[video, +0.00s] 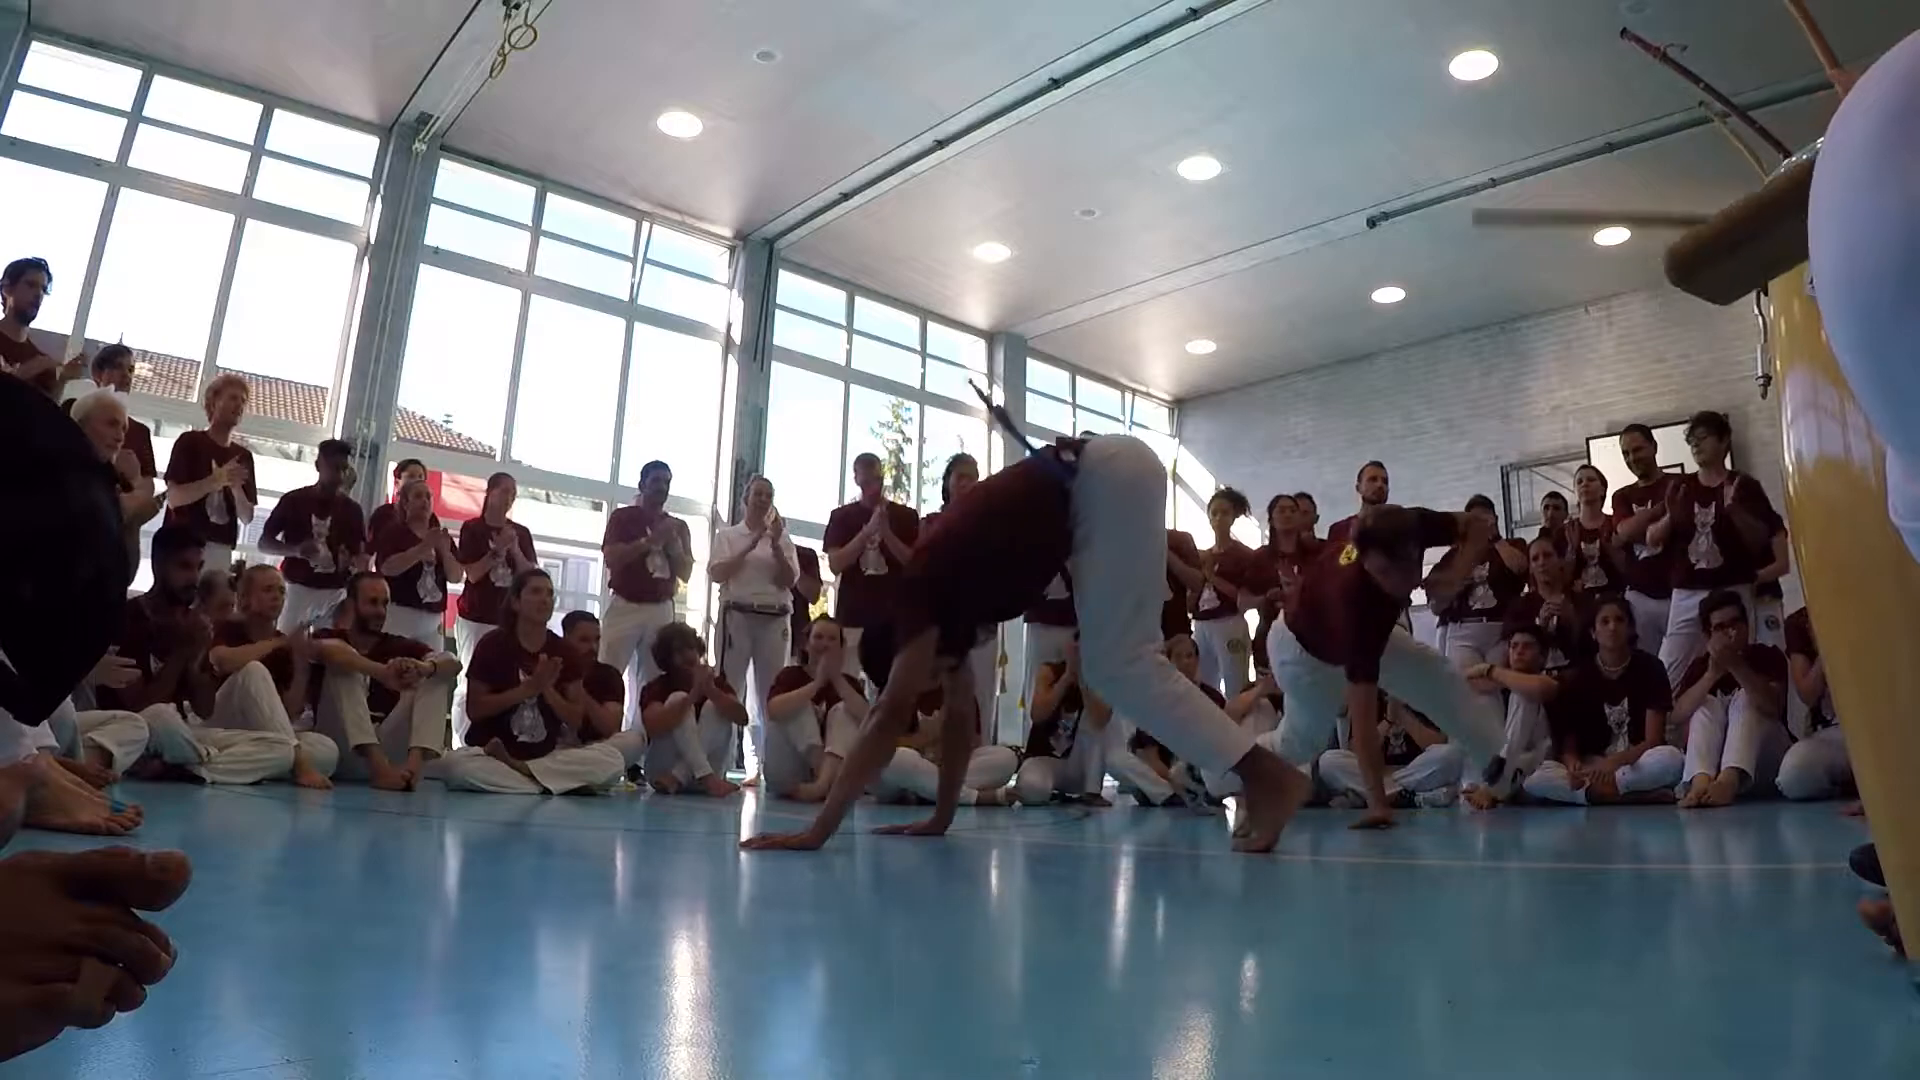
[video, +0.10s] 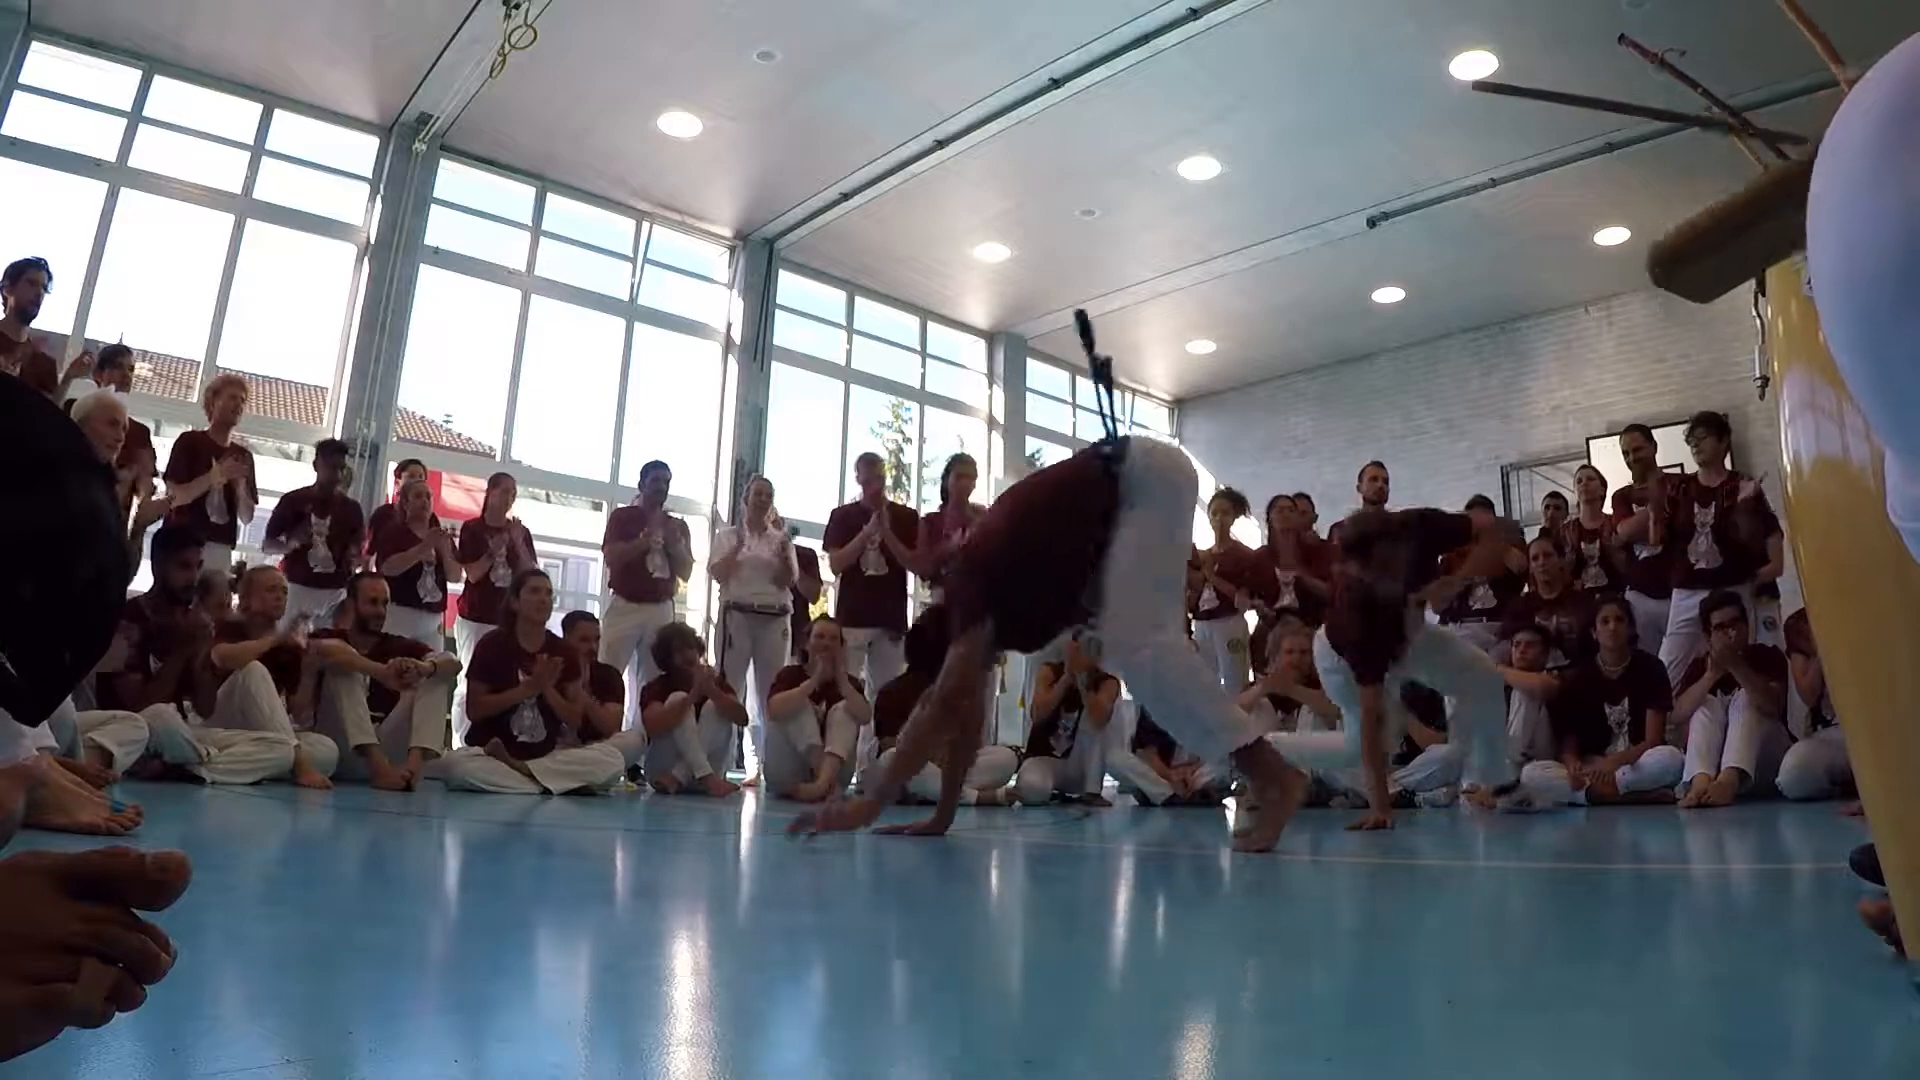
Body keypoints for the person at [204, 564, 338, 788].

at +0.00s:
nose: (276, 597)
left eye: (280, 591)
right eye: (268, 590)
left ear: (285, 597)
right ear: (244, 599)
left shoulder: (286, 645)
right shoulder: (226, 629)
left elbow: (291, 711)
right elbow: (222, 662)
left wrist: (301, 660)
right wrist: (281, 642)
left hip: (268, 733)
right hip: (222, 725)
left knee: (327, 751)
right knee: (253, 671)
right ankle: (298, 761)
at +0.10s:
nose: (280, 596)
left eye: (283, 591)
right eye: (271, 590)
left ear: (288, 598)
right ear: (246, 599)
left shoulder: (287, 642)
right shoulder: (227, 628)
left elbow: (298, 708)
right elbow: (222, 658)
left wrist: (311, 669)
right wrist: (275, 640)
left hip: (271, 731)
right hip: (223, 725)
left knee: (327, 752)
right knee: (253, 671)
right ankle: (299, 762)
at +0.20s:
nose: (285, 598)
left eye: (288, 592)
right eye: (277, 591)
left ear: (291, 598)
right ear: (252, 600)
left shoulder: (290, 646)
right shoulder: (232, 629)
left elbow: (302, 716)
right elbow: (225, 654)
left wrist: (312, 666)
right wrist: (290, 647)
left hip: (272, 733)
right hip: (224, 728)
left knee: (327, 752)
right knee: (253, 671)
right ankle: (298, 760)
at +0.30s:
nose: (289, 598)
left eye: (292, 592)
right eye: (280, 591)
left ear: (296, 599)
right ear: (257, 601)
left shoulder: (294, 648)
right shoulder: (232, 629)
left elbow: (302, 718)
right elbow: (235, 655)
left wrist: (314, 675)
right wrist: (299, 655)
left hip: (270, 733)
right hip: (223, 725)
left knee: (327, 751)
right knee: (253, 672)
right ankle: (298, 760)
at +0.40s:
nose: (291, 599)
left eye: (294, 594)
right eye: (283, 591)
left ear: (297, 600)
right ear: (257, 599)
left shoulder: (295, 650)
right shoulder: (234, 629)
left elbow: (302, 720)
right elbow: (236, 659)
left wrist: (314, 675)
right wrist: (302, 658)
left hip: (270, 734)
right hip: (224, 726)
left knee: (327, 752)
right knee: (253, 674)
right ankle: (299, 762)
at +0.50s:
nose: (295, 601)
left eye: (298, 596)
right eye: (287, 594)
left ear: (301, 601)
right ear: (262, 600)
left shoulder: (298, 654)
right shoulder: (233, 631)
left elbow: (301, 724)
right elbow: (239, 665)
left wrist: (322, 694)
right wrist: (305, 658)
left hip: (269, 736)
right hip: (222, 727)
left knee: (326, 753)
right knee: (253, 678)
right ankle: (298, 762)